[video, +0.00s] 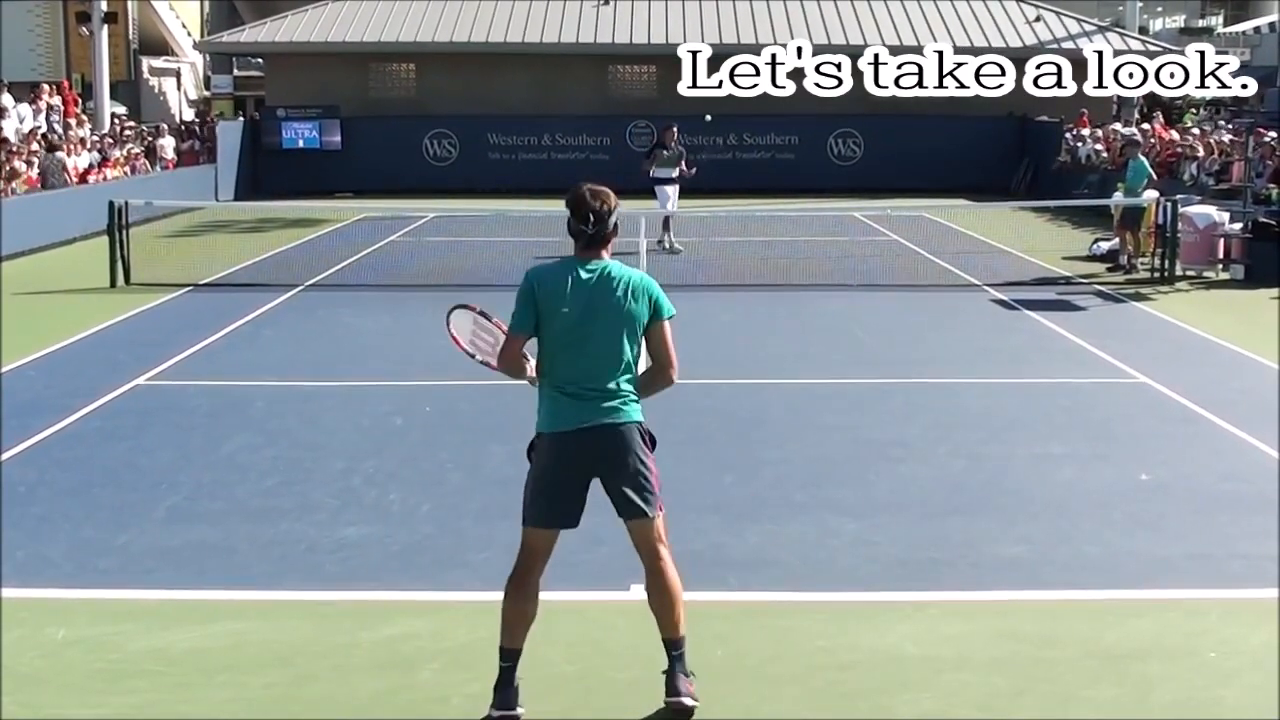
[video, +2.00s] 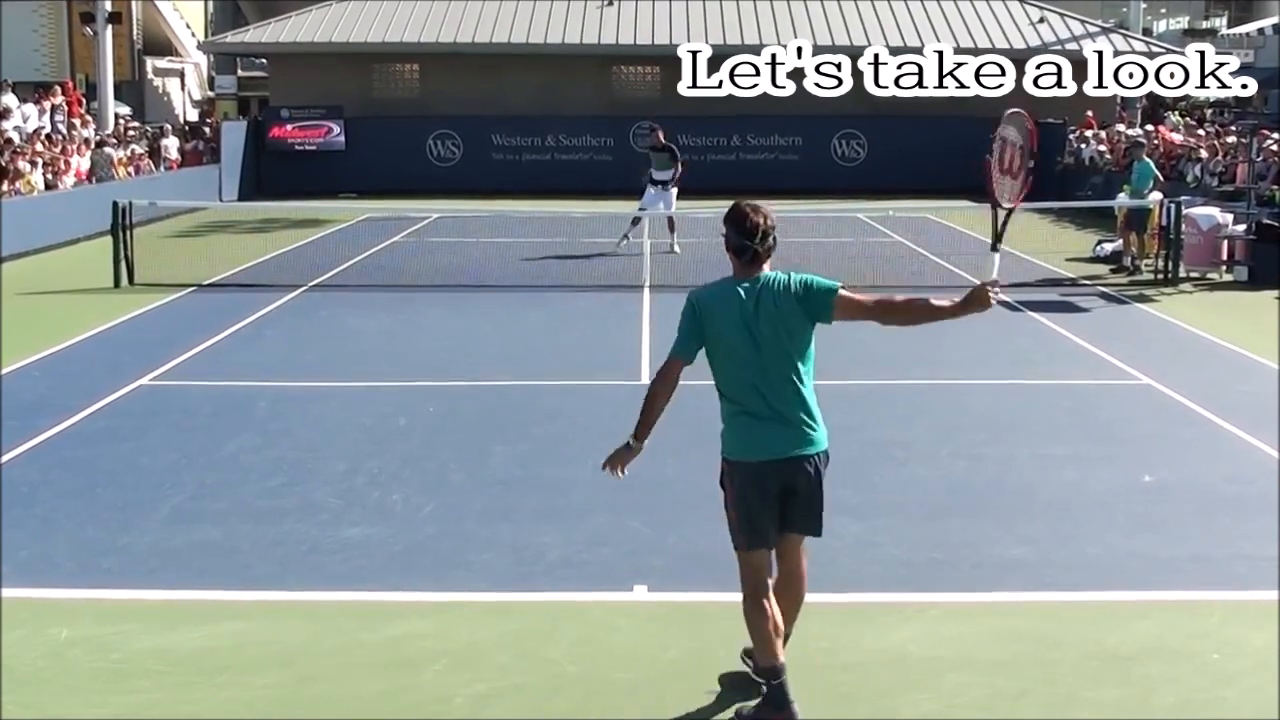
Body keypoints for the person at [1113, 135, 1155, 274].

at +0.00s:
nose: (1126, 151)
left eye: (1128, 148)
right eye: (1126, 148)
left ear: (1136, 148)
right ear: (1128, 149)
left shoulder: (1142, 162)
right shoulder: (1131, 162)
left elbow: (1153, 178)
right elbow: (1132, 180)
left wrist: (1142, 190)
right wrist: (1124, 187)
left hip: (1138, 202)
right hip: (1128, 200)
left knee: (1134, 231)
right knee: (1121, 230)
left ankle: (1135, 262)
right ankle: (1122, 261)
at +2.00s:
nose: (1133, 153)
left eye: (1136, 150)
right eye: (1132, 150)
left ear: (1142, 150)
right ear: (1132, 151)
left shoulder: (1148, 163)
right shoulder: (1135, 164)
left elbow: (1160, 180)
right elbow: (1136, 181)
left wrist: (1149, 192)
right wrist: (1130, 189)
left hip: (1143, 203)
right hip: (1133, 202)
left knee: (1140, 234)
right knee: (1125, 231)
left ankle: (1139, 264)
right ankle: (1126, 262)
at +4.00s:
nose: (1124, 154)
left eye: (1127, 151)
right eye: (1124, 151)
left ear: (1133, 152)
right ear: (1125, 152)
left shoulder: (1139, 166)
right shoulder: (1126, 166)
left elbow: (1151, 183)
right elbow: (1124, 183)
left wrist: (1139, 194)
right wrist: (1119, 190)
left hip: (1134, 205)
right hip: (1123, 204)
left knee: (1131, 235)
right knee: (1117, 234)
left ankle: (1132, 266)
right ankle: (1118, 264)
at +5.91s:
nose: (1129, 138)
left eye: (1132, 135)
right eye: (1128, 135)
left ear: (1138, 135)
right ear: (1128, 137)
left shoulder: (1144, 149)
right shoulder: (1130, 150)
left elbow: (1155, 166)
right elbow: (1130, 167)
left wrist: (1143, 178)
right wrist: (1124, 175)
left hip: (1138, 190)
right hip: (1127, 188)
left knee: (1135, 219)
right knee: (1120, 218)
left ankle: (1134, 250)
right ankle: (1121, 248)